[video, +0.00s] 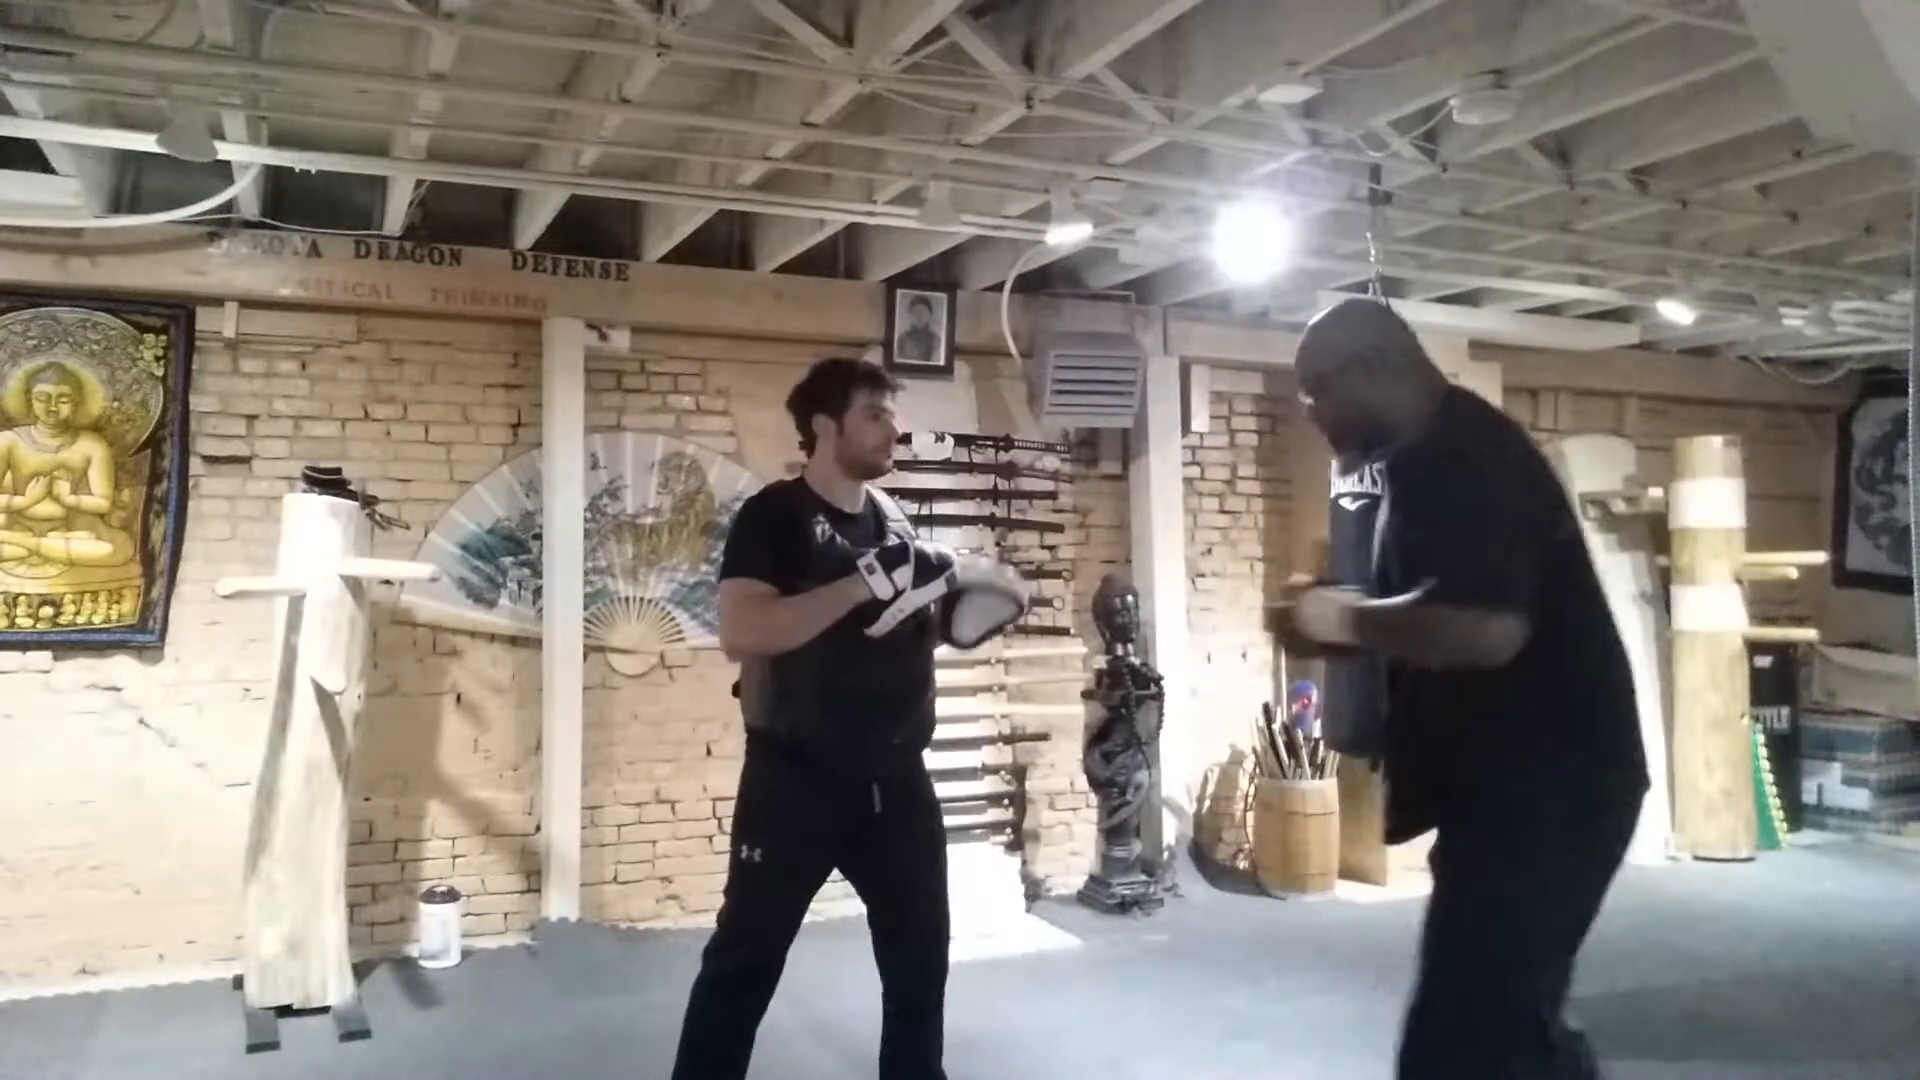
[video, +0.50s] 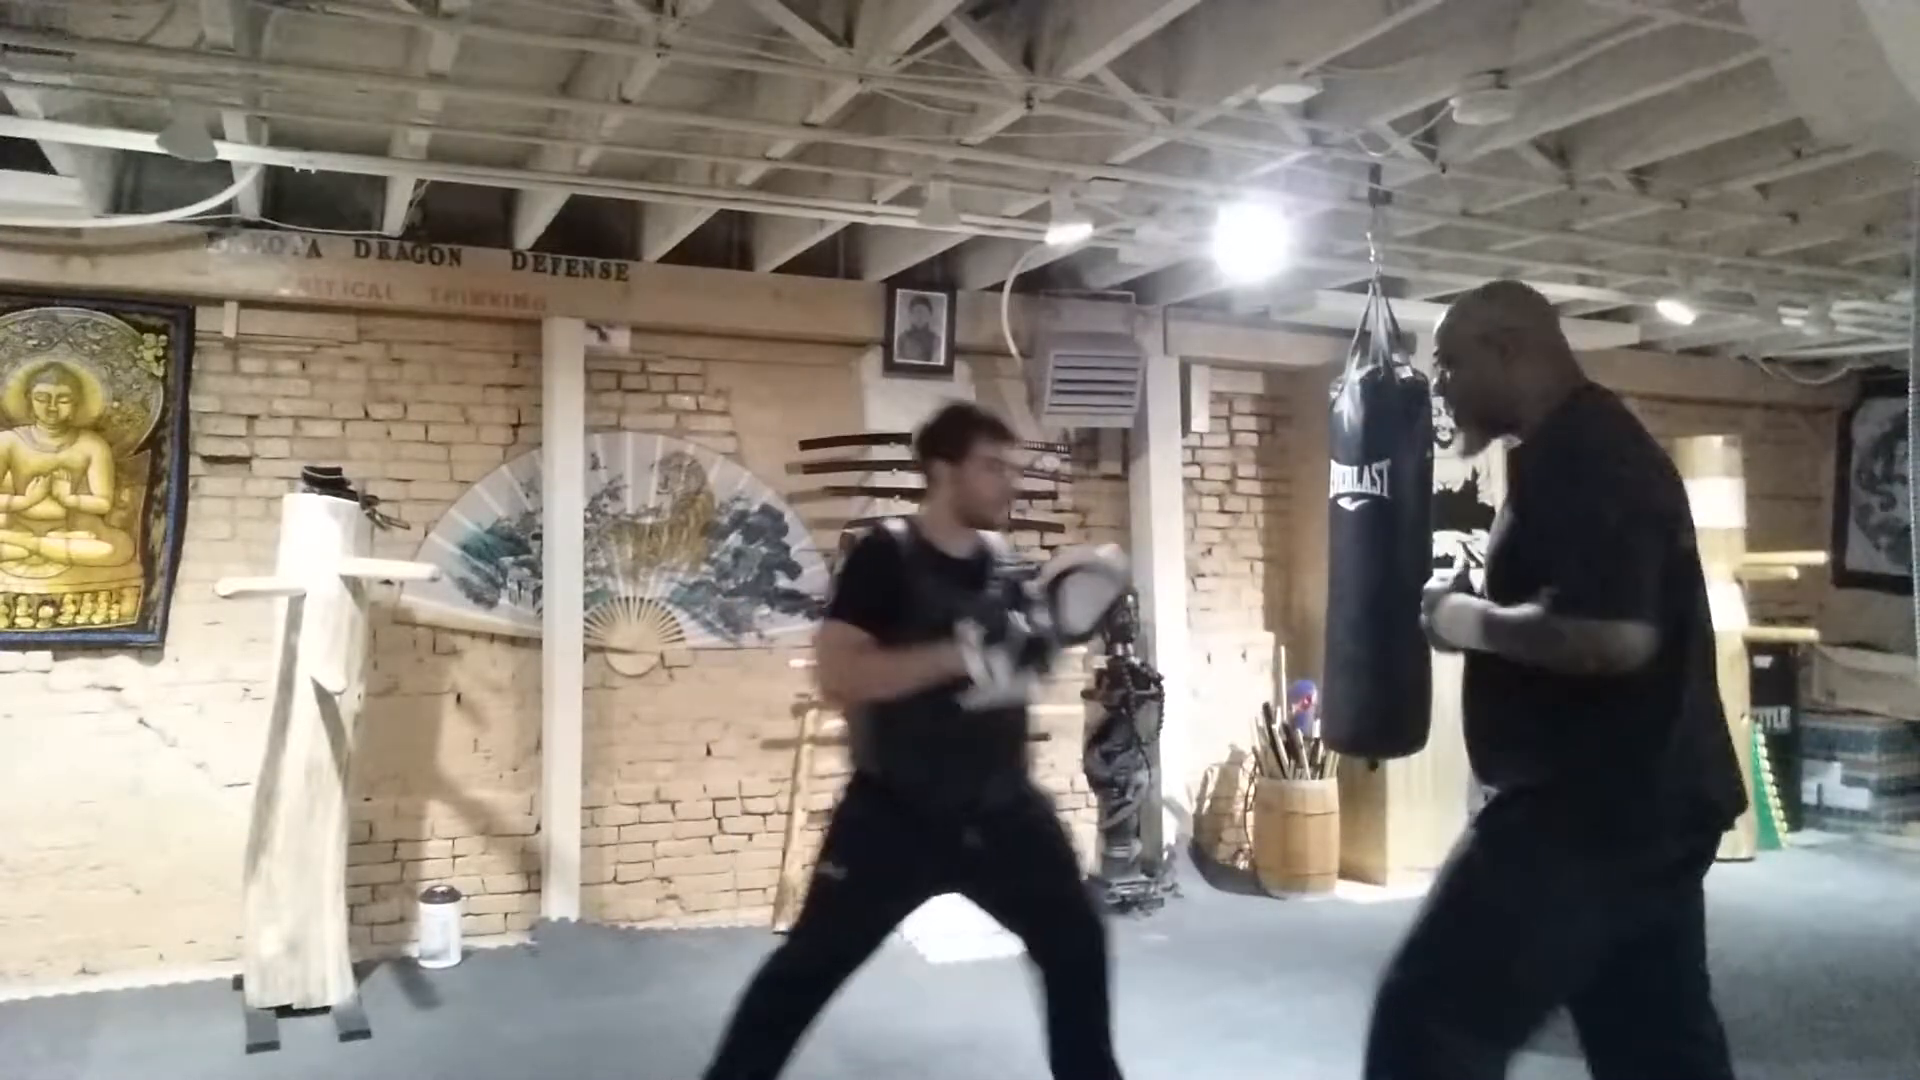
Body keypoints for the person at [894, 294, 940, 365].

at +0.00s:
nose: (919, 316)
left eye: (923, 312)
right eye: (916, 312)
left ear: (930, 316)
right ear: (909, 315)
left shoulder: (935, 340)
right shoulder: (902, 339)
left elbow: (935, 363)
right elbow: (898, 361)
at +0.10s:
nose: (919, 316)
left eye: (923, 312)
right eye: (916, 312)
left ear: (930, 316)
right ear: (909, 315)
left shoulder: (935, 340)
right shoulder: (902, 339)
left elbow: (935, 363)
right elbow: (898, 361)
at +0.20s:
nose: (919, 316)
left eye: (923, 312)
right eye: (916, 312)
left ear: (930, 316)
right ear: (909, 315)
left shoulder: (935, 340)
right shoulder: (902, 339)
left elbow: (935, 363)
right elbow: (898, 361)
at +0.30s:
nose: (919, 316)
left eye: (923, 312)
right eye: (915, 312)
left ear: (930, 315)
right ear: (909, 315)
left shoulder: (935, 340)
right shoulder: (902, 339)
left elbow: (935, 363)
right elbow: (898, 361)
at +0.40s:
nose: (919, 316)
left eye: (923, 312)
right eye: (916, 312)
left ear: (930, 316)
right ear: (909, 315)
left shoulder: (935, 340)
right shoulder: (902, 339)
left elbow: (935, 363)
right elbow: (898, 361)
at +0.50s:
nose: (920, 316)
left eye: (923, 312)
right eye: (917, 312)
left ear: (930, 315)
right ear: (910, 314)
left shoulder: (935, 340)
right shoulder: (902, 339)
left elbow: (935, 363)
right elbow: (898, 360)